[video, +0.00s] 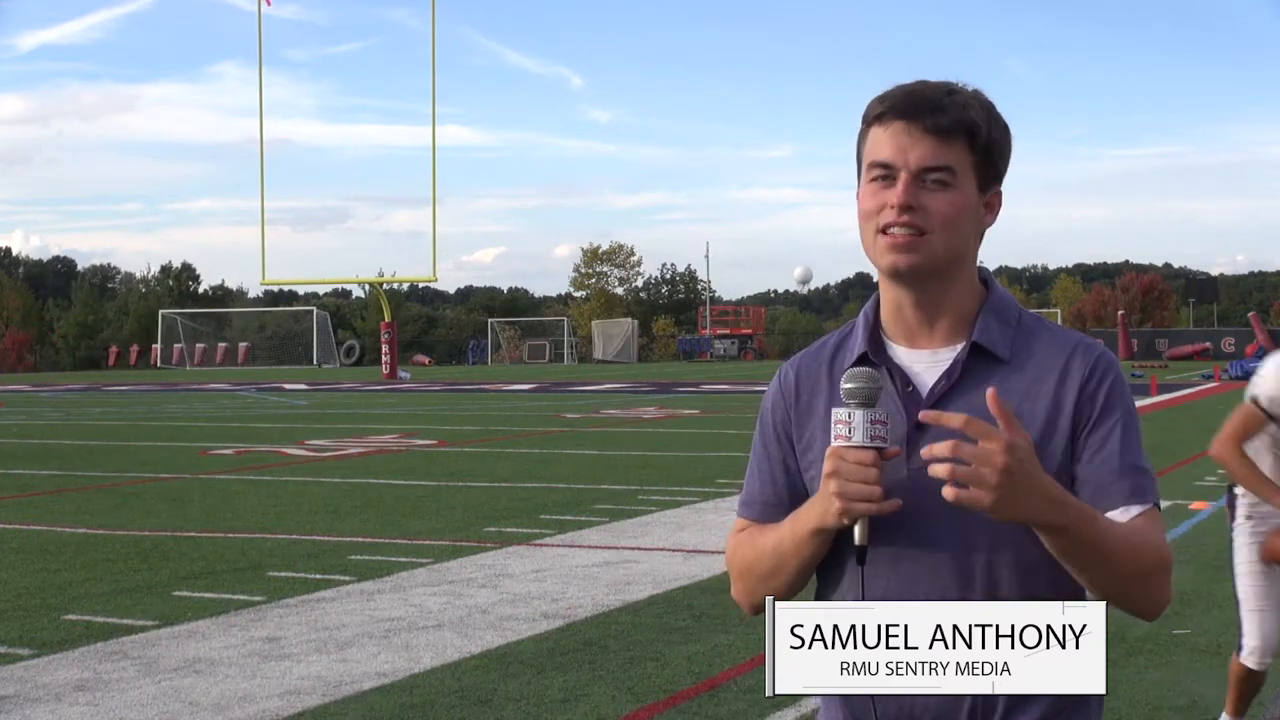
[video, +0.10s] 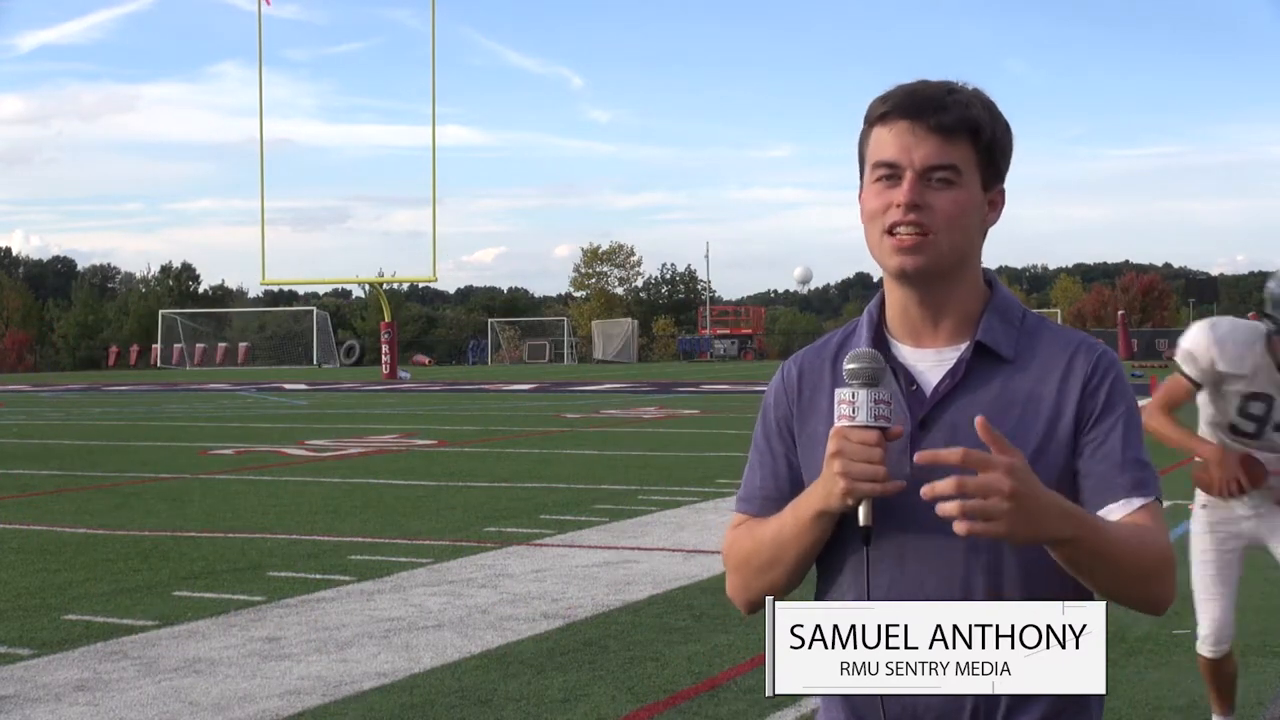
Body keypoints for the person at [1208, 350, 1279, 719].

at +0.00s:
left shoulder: (1271, 371)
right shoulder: (1275, 371)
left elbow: (1224, 445)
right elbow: (1223, 445)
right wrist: (1275, 497)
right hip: (1261, 512)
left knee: (1263, 645)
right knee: (1260, 645)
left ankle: (1232, 711)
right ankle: (1231, 714)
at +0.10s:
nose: (1277, 341)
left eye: (1278, 330)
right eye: (1274, 329)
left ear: (1276, 326)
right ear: (1265, 322)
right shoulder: (1220, 342)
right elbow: (1151, 411)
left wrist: (1251, 470)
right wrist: (1211, 451)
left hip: (1275, 506)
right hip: (1217, 507)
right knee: (1213, 635)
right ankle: (1223, 713)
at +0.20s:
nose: (1222, 297)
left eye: (1236, 288)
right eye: (1215, 285)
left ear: (1260, 296)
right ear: (1202, 288)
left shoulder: (1272, 346)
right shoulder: (1162, 326)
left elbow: (1279, 438)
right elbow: (1130, 396)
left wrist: (1239, 453)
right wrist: (1152, 429)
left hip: (1245, 487)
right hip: (1176, 488)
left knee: (1277, 605)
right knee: (1186, 625)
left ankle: (1275, 709)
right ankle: (1216, 711)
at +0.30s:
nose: (1161, 279)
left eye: (1173, 269)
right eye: (1155, 268)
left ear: (1204, 274)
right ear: (1144, 272)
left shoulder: (1243, 329)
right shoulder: (1120, 319)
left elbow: (1264, 420)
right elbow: (1101, 400)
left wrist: (1189, 432)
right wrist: (1131, 430)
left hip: (1203, 469)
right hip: (1141, 469)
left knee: (1202, 606)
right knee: (1169, 609)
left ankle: (1243, 706)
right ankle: (1212, 710)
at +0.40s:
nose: (1106, 273)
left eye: (1117, 263)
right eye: (1102, 264)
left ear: (1150, 265)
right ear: (1098, 266)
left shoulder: (1189, 316)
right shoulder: (1090, 317)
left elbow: (1222, 409)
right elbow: (1076, 394)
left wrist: (1148, 424)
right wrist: (1093, 431)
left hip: (1171, 459)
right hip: (1112, 459)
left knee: (1164, 590)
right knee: (1124, 588)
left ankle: (1214, 708)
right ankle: (1138, 704)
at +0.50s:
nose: (1057, 280)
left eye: (1065, 270)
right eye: (1054, 271)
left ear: (1096, 268)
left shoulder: (1131, 318)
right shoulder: (1067, 325)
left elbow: (1167, 414)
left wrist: (1099, 431)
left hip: (1136, 483)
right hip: (1078, 479)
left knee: (1160, 599)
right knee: (1057, 602)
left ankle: (1215, 706)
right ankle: (1051, 707)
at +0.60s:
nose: (1008, 291)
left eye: (1014, 282)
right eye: (1007, 283)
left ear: (1032, 284)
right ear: (1067, 277)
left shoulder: (1069, 332)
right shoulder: (1087, 325)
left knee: (1145, 604)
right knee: (1143, 602)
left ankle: (1210, 703)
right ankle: (1210, 703)